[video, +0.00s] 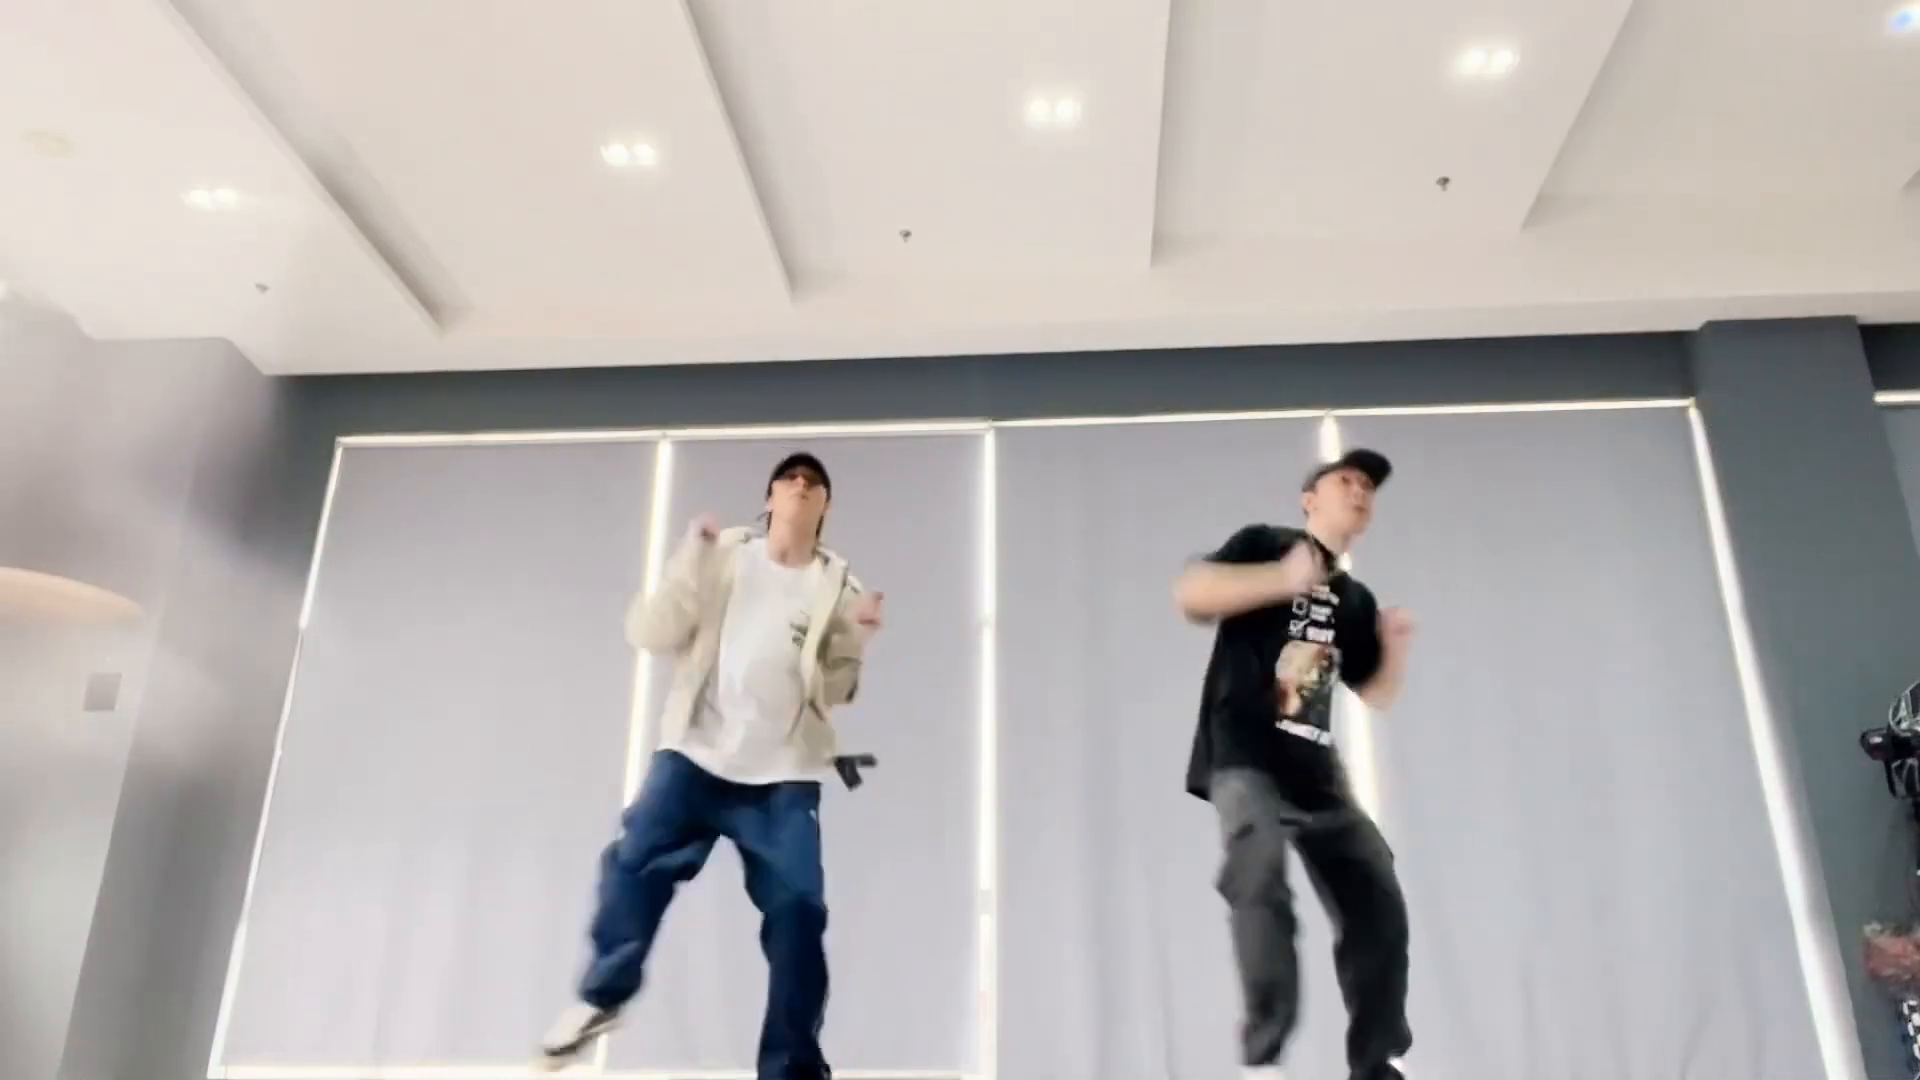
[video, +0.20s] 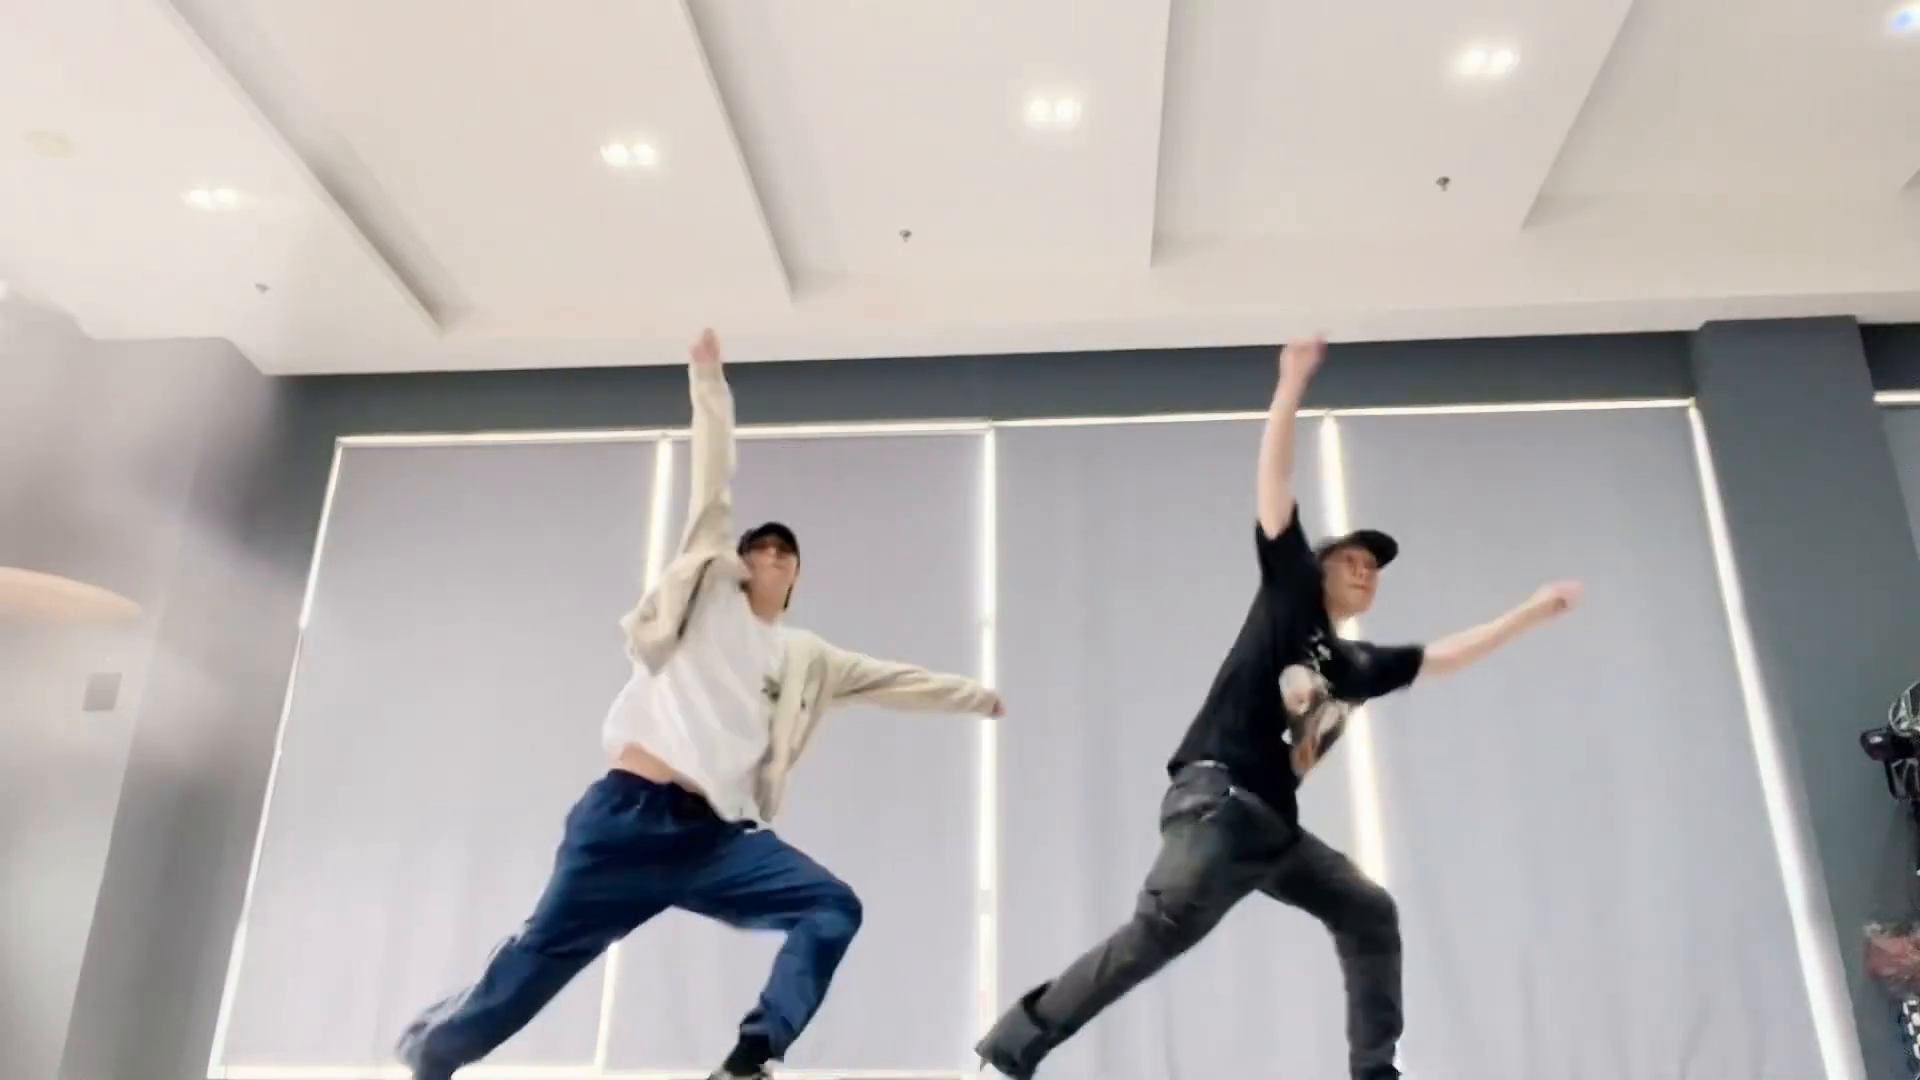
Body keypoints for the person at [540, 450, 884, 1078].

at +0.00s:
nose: (802, 488)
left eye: (815, 484)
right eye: (791, 480)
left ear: (828, 509)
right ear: (769, 500)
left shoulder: (839, 586)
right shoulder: (720, 551)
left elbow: (834, 693)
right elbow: (652, 635)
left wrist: (850, 637)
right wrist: (689, 560)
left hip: (783, 770)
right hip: (695, 755)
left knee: (797, 912)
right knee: (633, 861)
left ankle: (792, 1067)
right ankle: (602, 998)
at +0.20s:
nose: (772, 555)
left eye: (784, 553)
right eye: (761, 549)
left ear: (795, 582)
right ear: (738, 567)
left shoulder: (807, 659)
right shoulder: (702, 593)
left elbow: (892, 679)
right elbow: (712, 486)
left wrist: (975, 697)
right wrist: (710, 381)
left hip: (717, 835)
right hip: (627, 813)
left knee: (833, 908)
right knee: (539, 957)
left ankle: (754, 1055)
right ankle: (430, 1056)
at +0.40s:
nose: (760, 486)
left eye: (772, 479)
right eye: (748, 480)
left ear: (792, 500)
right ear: (731, 499)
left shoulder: (812, 569)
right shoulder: (690, 529)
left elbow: (834, 663)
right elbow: (613, 561)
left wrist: (900, 638)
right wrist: (659, 481)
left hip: (757, 769)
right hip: (670, 753)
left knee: (785, 899)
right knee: (626, 906)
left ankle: (773, 1062)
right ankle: (523, 1049)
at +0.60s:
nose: (712, 484)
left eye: (726, 476)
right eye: (705, 477)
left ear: (756, 492)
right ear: (697, 497)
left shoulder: (802, 539)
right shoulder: (688, 577)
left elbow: (862, 528)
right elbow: (650, 661)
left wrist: (818, 463)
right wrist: (608, 612)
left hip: (785, 760)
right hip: (700, 760)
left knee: (835, 884)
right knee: (665, 913)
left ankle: (836, 1027)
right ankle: (697, 1067)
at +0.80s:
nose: (701, 539)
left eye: (715, 529)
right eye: (693, 533)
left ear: (743, 540)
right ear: (687, 553)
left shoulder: (776, 569)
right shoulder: (681, 630)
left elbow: (793, 471)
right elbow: (619, 636)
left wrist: (831, 376)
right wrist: (559, 633)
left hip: (826, 806)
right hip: (751, 822)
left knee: (911, 961)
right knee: (631, 930)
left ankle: (1014, 1070)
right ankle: (687, 1071)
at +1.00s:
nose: (727, 483)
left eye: (743, 476)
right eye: (720, 477)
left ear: (768, 498)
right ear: (709, 499)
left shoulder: (794, 534)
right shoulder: (692, 566)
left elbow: (865, 521)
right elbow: (675, 666)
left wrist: (831, 456)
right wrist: (614, 650)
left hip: (802, 765)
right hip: (721, 771)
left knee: (829, 913)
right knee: (668, 915)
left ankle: (904, 1067)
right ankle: (696, 1071)